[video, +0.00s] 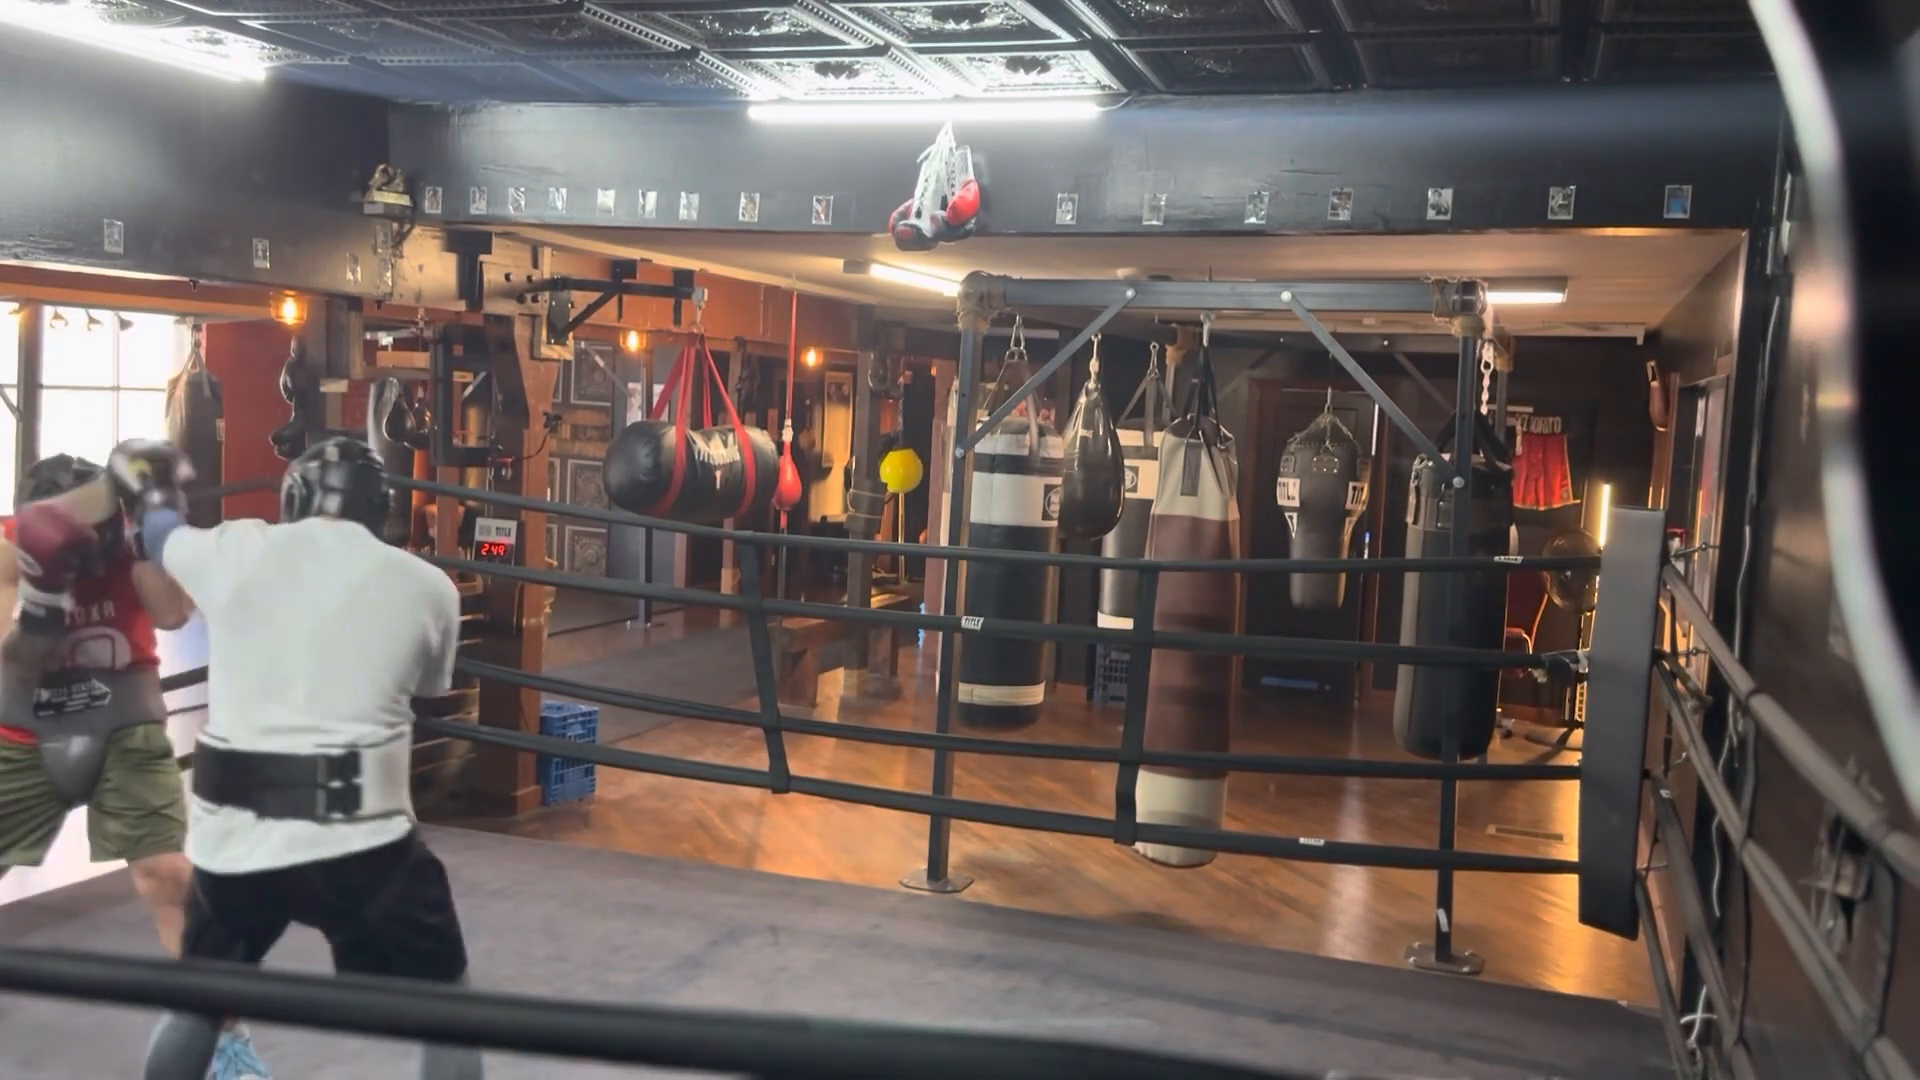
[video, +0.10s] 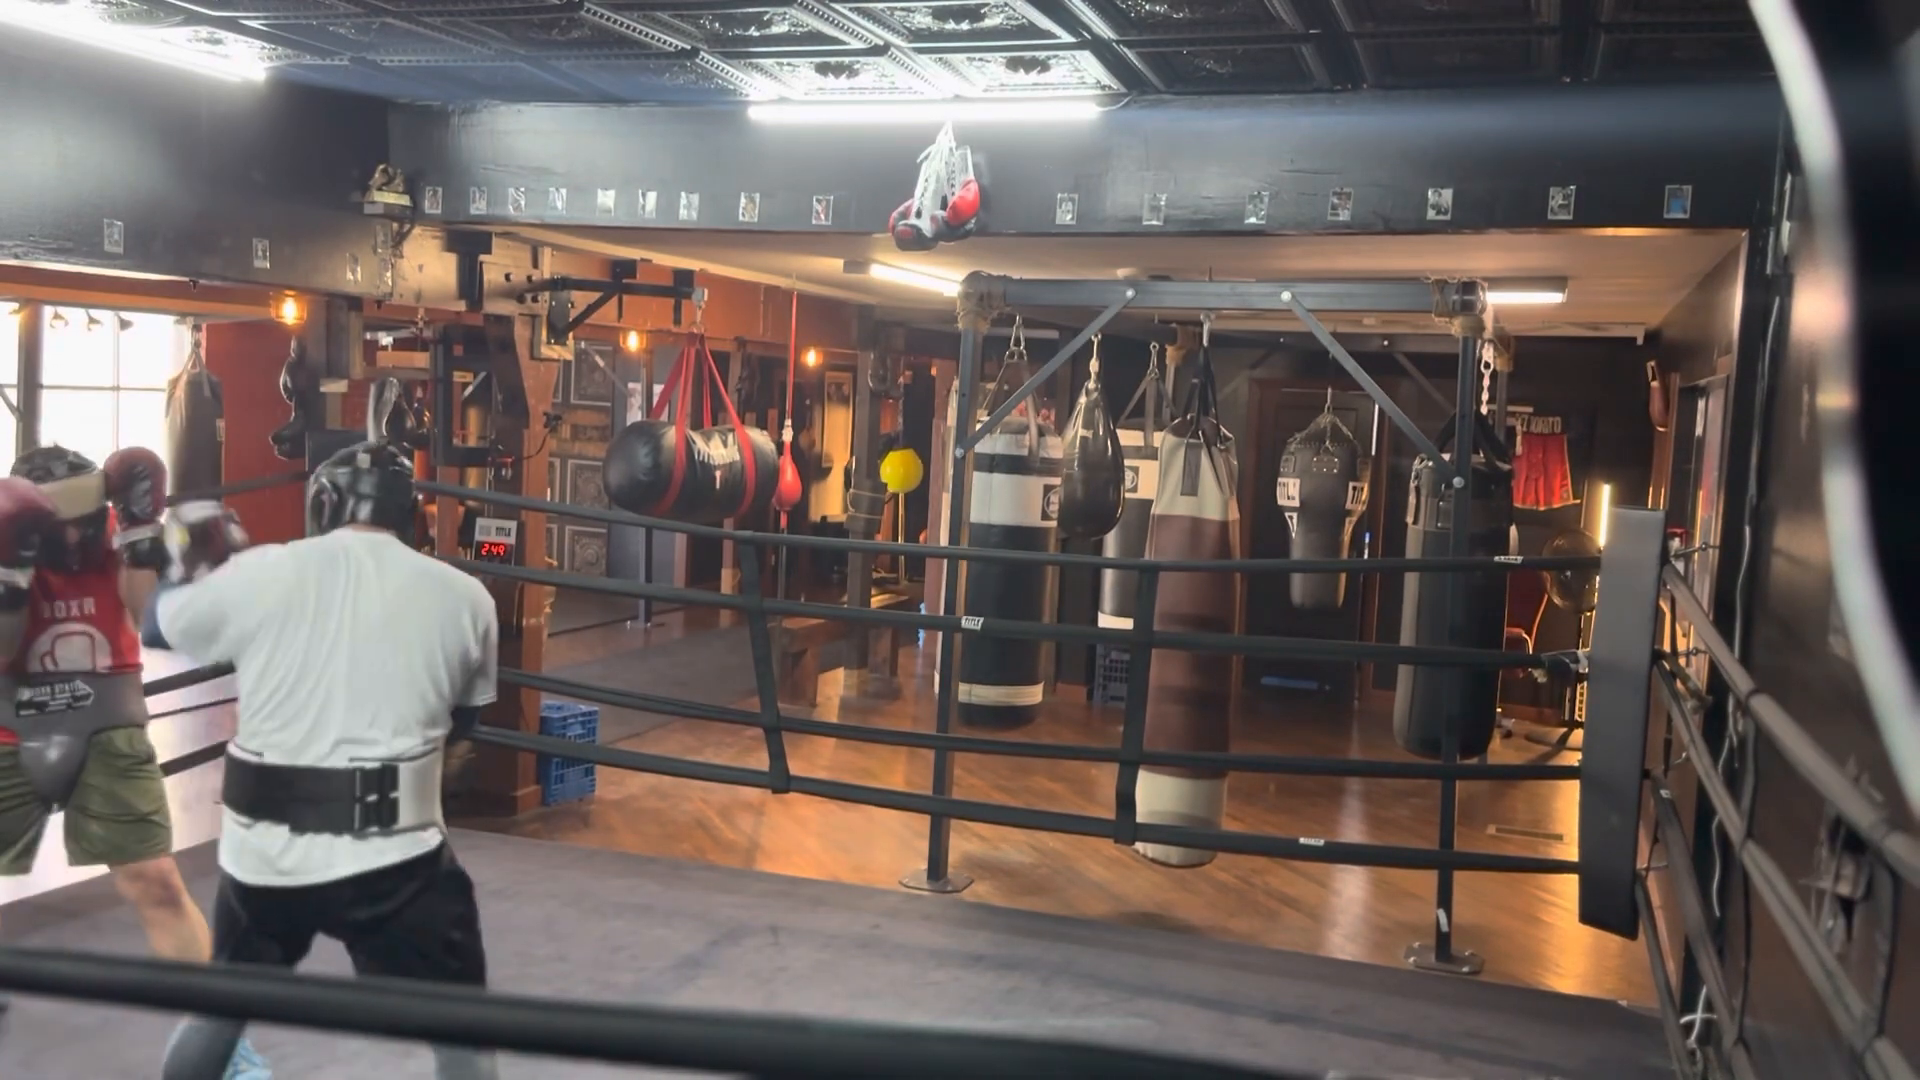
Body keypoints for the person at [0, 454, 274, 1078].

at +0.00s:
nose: (66, 531)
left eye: (80, 517)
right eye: (51, 521)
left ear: (108, 507)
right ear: (27, 518)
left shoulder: (131, 545)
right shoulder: (14, 548)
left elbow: (173, 614)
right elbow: (22, 664)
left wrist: (148, 532)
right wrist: (46, 591)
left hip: (130, 730)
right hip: (22, 733)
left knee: (168, 876)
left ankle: (227, 1038)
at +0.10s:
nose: (68, 533)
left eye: (78, 517)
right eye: (50, 517)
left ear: (95, 510)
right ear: (23, 510)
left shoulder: (110, 541)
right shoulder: (11, 550)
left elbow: (151, 618)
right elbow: (7, 658)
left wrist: (142, 528)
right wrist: (12, 570)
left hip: (110, 722)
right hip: (15, 724)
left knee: (157, 884)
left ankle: (226, 1042)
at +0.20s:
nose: (60, 524)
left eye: (69, 508)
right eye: (44, 510)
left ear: (88, 504)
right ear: (18, 504)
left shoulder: (106, 537)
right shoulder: (9, 547)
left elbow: (146, 621)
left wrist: (133, 527)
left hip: (100, 715)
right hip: (11, 716)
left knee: (151, 879)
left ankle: (222, 1031)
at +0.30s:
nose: (67, 511)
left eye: (80, 497)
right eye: (52, 498)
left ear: (99, 492)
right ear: (22, 490)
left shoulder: (113, 525)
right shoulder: (6, 532)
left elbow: (142, 616)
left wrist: (137, 524)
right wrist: (10, 534)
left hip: (99, 711)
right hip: (6, 710)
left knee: (143, 871)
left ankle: (198, 1022)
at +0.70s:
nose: (127, 496)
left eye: (142, 482)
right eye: (110, 485)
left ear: (164, 469)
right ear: (84, 476)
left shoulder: (202, 495)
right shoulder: (54, 495)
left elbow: (287, 530)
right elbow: (28, 601)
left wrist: (209, 587)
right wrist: (98, 594)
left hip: (162, 702)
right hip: (70, 696)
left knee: (165, 875)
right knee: (20, 843)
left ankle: (202, 1030)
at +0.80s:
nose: (149, 500)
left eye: (163, 485)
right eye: (129, 489)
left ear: (185, 467)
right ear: (101, 476)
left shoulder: (231, 504)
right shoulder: (72, 493)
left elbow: (269, 591)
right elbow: (42, 599)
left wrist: (187, 608)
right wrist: (99, 604)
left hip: (184, 706)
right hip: (91, 695)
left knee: (184, 873)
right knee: (30, 845)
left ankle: (205, 1027)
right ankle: (12, 978)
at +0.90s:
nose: (175, 490)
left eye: (190, 474)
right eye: (158, 478)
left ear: (213, 457)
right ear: (131, 464)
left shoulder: (246, 501)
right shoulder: (92, 497)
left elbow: (264, 599)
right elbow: (68, 611)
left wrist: (207, 569)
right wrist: (119, 562)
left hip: (199, 695)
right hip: (106, 693)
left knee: (189, 864)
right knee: (59, 851)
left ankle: (201, 1003)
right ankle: (94, 967)